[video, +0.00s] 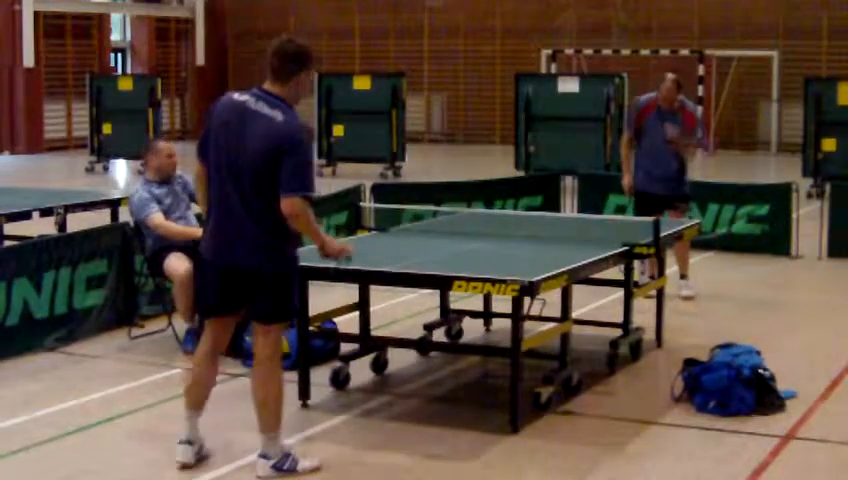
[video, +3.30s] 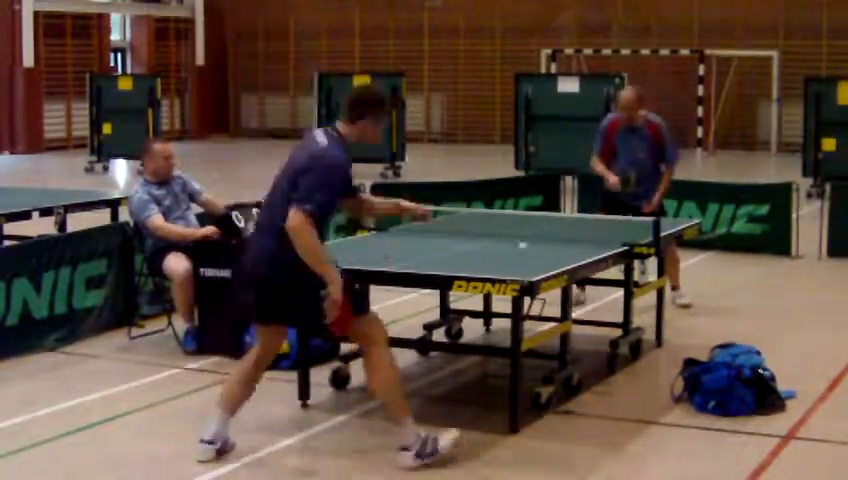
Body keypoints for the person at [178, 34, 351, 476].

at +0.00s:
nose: (313, 84)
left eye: (312, 76)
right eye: (311, 77)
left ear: (270, 71)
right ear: (301, 79)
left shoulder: (226, 106)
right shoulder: (292, 130)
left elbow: (201, 171)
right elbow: (292, 205)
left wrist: (211, 219)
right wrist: (324, 241)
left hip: (220, 248)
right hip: (269, 254)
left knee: (212, 339)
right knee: (268, 347)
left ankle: (188, 439)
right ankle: (272, 452)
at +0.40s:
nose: (250, 77)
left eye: (248, 70)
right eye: (250, 71)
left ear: (209, 66)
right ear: (242, 72)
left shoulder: (175, 113)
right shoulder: (239, 125)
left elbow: (163, 175)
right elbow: (248, 199)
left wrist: (186, 218)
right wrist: (292, 225)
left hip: (190, 252)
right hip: (240, 254)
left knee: (183, 344)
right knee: (258, 343)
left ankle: (176, 454)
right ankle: (270, 450)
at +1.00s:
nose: (271, 85)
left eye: (270, 78)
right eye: (271, 79)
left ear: (231, 72)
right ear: (263, 79)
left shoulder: (197, 115)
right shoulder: (248, 124)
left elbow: (188, 185)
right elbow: (244, 197)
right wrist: (287, 235)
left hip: (196, 253)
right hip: (245, 255)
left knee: (188, 345)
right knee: (276, 337)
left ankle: (176, 454)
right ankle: (300, 438)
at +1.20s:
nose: (318, 104)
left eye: (318, 97)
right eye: (318, 98)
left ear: (282, 87)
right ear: (311, 96)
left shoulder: (239, 118)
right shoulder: (291, 139)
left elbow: (226, 182)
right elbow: (292, 212)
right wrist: (322, 251)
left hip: (213, 246)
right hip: (264, 252)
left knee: (211, 339)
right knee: (289, 340)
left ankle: (178, 440)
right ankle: (300, 437)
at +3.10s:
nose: (324, 109)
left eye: (324, 102)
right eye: (325, 103)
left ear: (288, 98)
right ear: (315, 101)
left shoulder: (251, 135)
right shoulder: (306, 141)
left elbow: (236, 197)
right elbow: (321, 212)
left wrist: (282, 219)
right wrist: (363, 225)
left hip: (239, 251)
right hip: (285, 254)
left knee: (242, 339)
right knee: (343, 334)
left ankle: (211, 435)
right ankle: (350, 441)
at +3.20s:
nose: (351, 112)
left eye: (351, 104)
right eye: (350, 104)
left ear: (314, 99)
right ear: (339, 104)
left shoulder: (281, 132)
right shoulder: (314, 144)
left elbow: (290, 197)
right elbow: (310, 214)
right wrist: (357, 252)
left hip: (248, 257)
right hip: (289, 262)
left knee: (252, 342)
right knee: (360, 329)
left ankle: (212, 433)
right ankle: (378, 440)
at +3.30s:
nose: (381, 134)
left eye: (382, 127)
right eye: (380, 126)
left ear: (351, 118)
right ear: (364, 123)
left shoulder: (319, 141)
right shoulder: (332, 159)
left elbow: (351, 204)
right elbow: (297, 222)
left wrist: (400, 208)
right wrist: (332, 277)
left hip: (261, 264)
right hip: (290, 272)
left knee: (266, 347)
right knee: (373, 335)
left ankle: (215, 432)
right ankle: (411, 439)